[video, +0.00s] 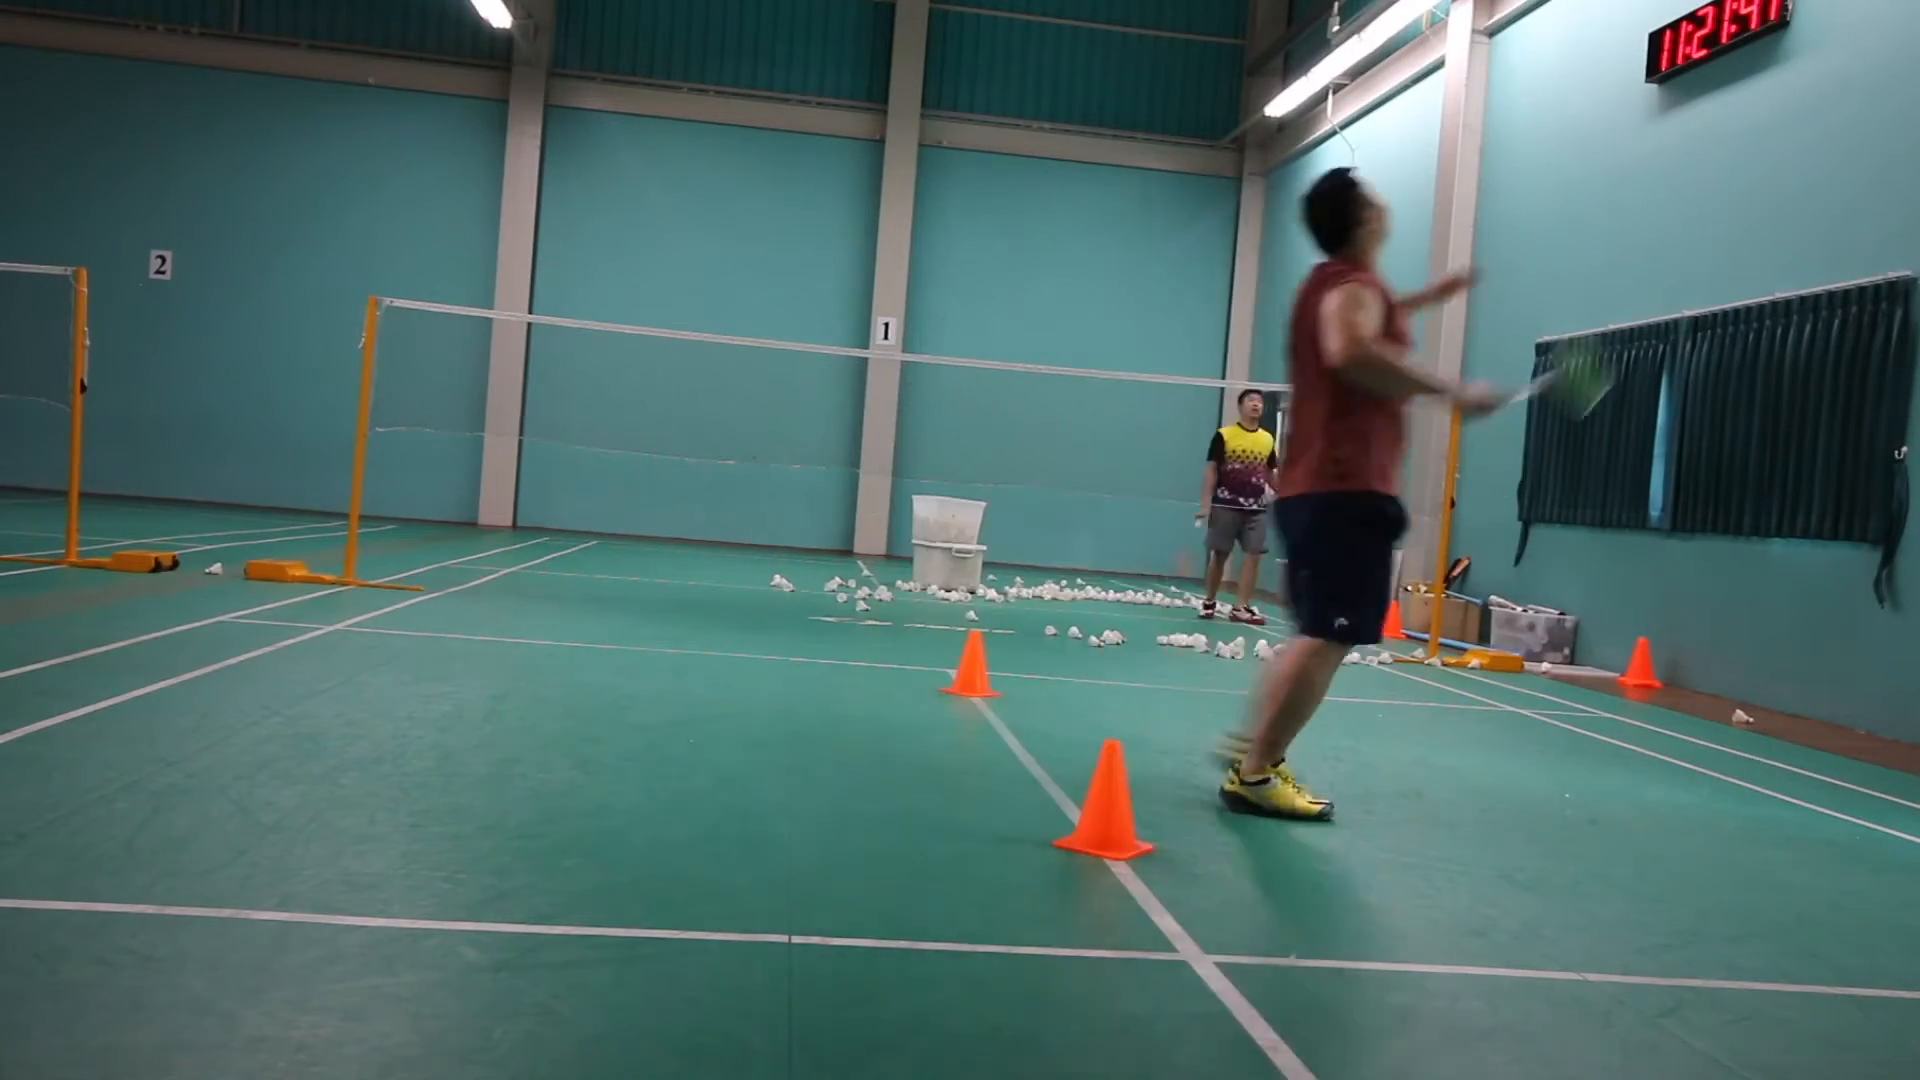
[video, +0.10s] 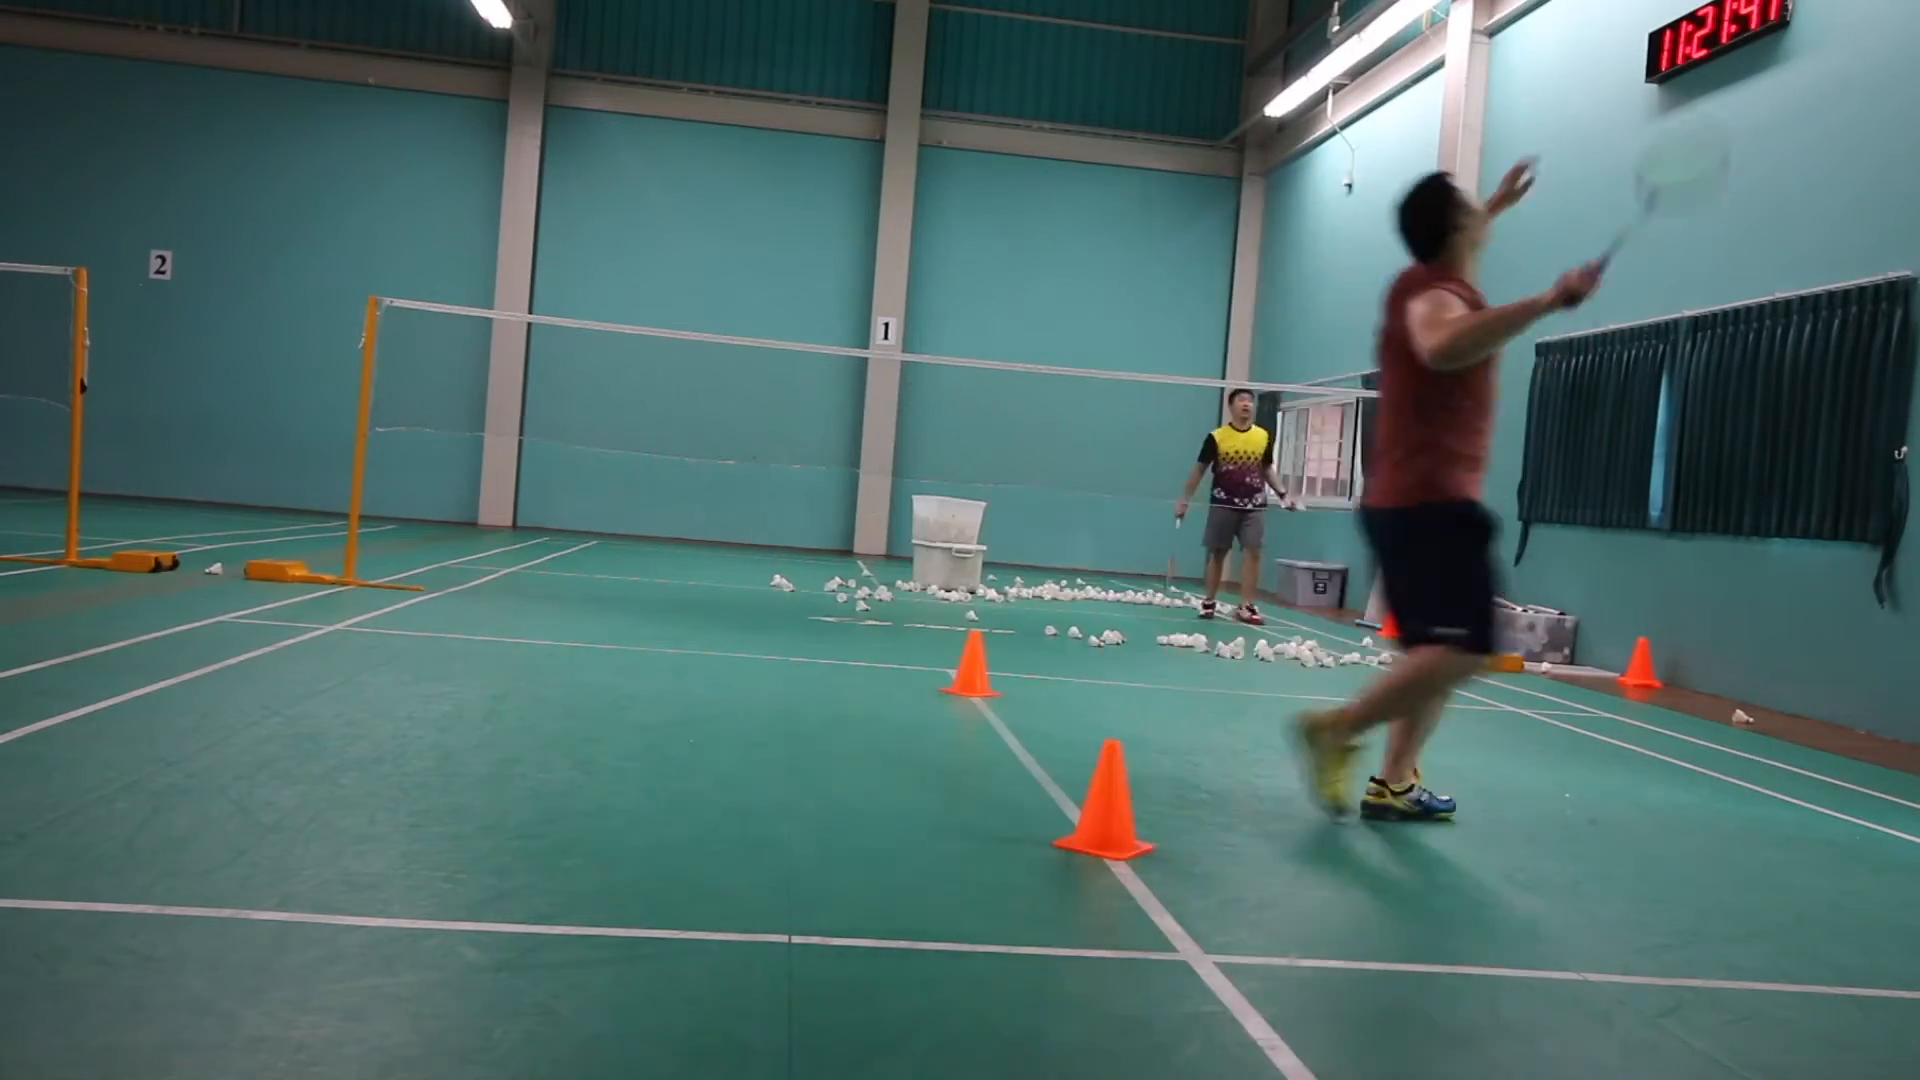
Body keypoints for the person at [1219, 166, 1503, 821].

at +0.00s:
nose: (1384, 211)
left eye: (1377, 202)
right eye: (1375, 203)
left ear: (1330, 228)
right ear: (1362, 219)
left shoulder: (1323, 285)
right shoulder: (1356, 288)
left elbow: (1378, 311)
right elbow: (1347, 350)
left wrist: (1436, 293)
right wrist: (1450, 389)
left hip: (1313, 489)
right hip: (1348, 494)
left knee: (1320, 629)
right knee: (1336, 633)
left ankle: (1254, 751)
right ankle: (1259, 773)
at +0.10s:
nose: (1483, 215)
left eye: (1478, 208)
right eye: (1474, 210)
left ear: (1424, 234)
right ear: (1458, 227)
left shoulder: (1417, 285)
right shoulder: (1436, 292)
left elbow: (1457, 243)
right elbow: (1438, 344)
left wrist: (1495, 207)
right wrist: (1548, 301)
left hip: (1405, 501)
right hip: (1432, 503)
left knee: (1439, 643)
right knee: (1466, 645)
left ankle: (1397, 781)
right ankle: (1334, 728)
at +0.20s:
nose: (1563, 228)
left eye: (1558, 220)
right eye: (1552, 221)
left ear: (1503, 243)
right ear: (1532, 241)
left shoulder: (1500, 285)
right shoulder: (1511, 302)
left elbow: (1507, 221)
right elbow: (1489, 362)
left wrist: (1548, 163)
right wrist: (1567, 281)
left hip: (1471, 517)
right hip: (1514, 518)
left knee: (1490, 658)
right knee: (1613, 629)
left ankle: (1399, 773)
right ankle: (1544, 779)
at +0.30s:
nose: (1675, 257)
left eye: (1670, 246)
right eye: (1667, 247)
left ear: (1606, 255)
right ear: (1635, 256)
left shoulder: (1608, 309)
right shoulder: (1613, 327)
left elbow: (1596, 247)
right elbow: (1587, 406)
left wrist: (1609, 189)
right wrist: (1635, 307)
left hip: (1587, 545)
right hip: (1650, 549)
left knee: (1560, 676)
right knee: (1730, 685)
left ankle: (1429, 757)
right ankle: (1769, 845)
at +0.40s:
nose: (1739, 243)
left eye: (1733, 232)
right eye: (1731, 233)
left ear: (1669, 251)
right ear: (1709, 245)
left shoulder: (1635, 314)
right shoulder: (1706, 316)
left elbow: (1586, 347)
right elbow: (1733, 380)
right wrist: (1730, 279)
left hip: (1656, 533)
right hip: (1747, 539)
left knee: (1596, 660)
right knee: (1792, 680)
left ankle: (1508, 780)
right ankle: (1777, 843)